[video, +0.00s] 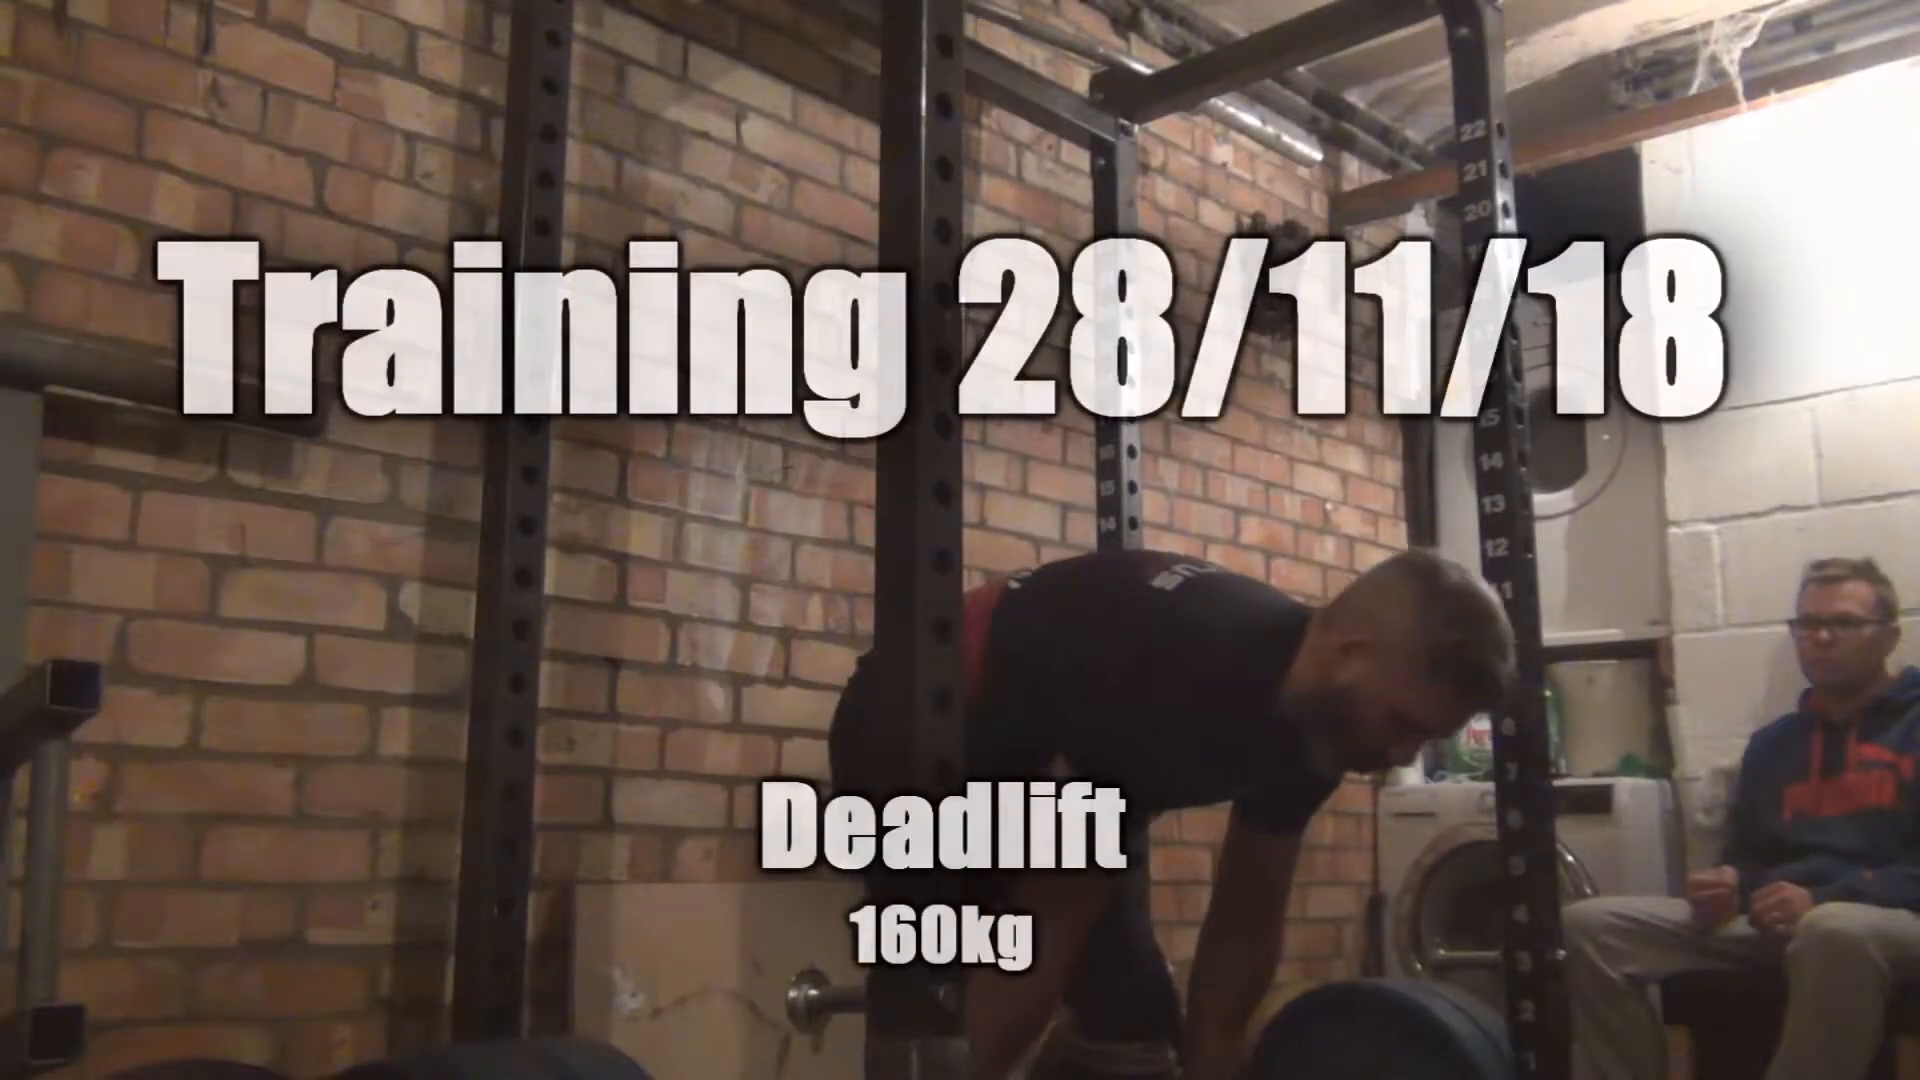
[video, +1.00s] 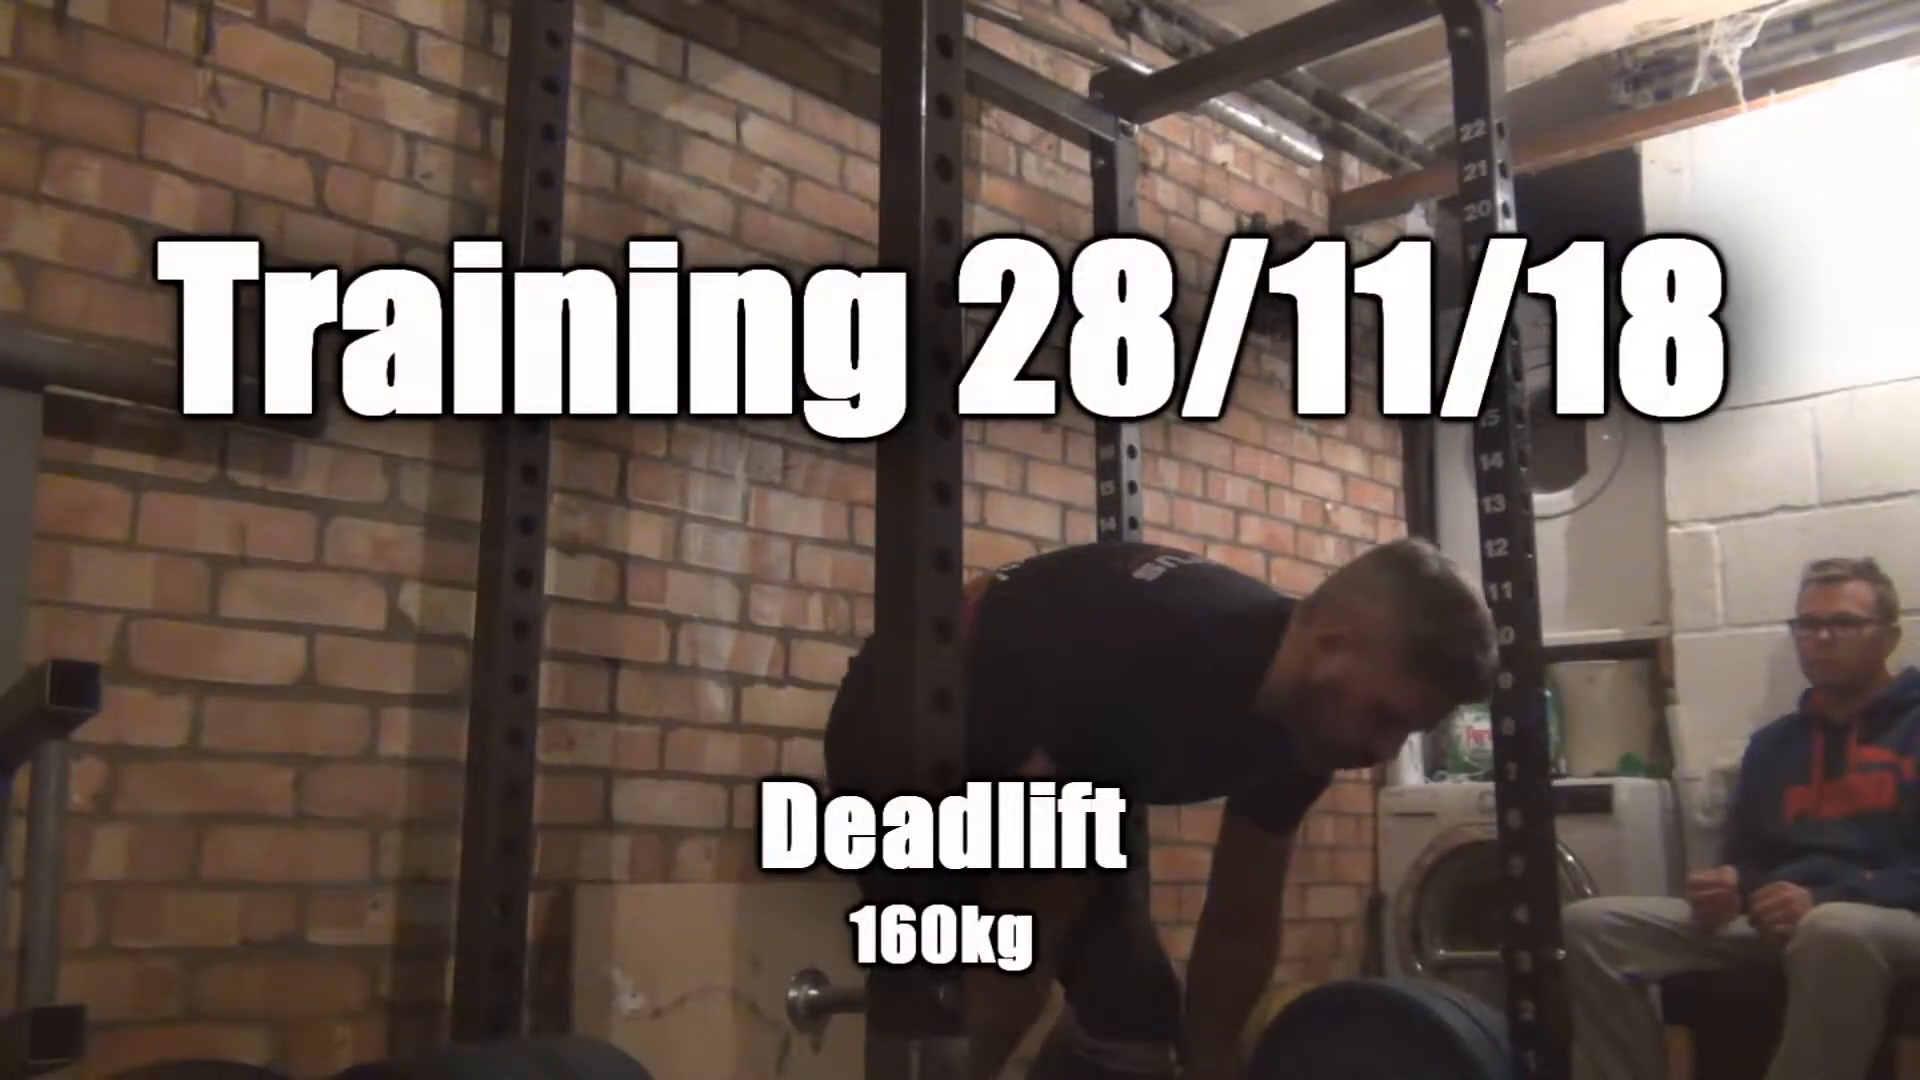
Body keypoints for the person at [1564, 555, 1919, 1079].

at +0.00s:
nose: (1821, 639)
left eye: (1843, 624)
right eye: (1808, 624)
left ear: (1890, 636)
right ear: (1794, 634)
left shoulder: (1913, 722)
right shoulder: (1771, 744)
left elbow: (1914, 872)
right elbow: (1746, 857)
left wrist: (1819, 900)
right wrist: (1730, 885)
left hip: (1896, 918)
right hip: (1772, 918)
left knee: (1832, 937)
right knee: (1588, 930)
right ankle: (1625, 1072)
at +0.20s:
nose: (1820, 639)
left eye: (1843, 624)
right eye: (1808, 624)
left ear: (1890, 636)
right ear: (1794, 634)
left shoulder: (1913, 722)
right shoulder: (1771, 744)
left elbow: (1914, 872)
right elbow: (1746, 858)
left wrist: (1819, 899)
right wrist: (1730, 886)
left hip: (1895, 918)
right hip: (1772, 918)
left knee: (1832, 937)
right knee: (1588, 930)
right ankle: (1624, 1072)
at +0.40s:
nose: (1820, 639)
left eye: (1842, 625)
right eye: (1808, 624)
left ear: (1890, 636)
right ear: (1793, 633)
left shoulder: (1913, 721)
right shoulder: (1771, 744)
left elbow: (1914, 874)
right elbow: (1743, 859)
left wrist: (1819, 899)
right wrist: (1728, 888)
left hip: (1893, 919)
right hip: (1769, 921)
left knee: (1832, 936)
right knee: (1589, 929)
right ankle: (1623, 1073)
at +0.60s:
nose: (1821, 639)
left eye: (1842, 625)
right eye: (1808, 624)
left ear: (1890, 636)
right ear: (1793, 633)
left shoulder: (1913, 721)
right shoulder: (1771, 744)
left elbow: (1914, 874)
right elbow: (1743, 859)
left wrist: (1819, 899)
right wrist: (1728, 888)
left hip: (1893, 920)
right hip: (1770, 921)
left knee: (1832, 936)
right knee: (1589, 929)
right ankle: (1623, 1073)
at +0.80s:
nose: (1820, 639)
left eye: (1842, 625)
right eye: (1808, 624)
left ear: (1890, 636)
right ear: (1793, 633)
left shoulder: (1913, 722)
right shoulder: (1771, 744)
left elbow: (1914, 874)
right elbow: (1744, 860)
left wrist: (1819, 899)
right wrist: (1728, 889)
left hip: (1894, 920)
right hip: (1770, 921)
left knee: (1832, 936)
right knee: (1590, 930)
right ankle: (1623, 1073)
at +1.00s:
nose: (1821, 638)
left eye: (1843, 624)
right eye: (1808, 624)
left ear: (1889, 636)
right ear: (1794, 633)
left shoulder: (1911, 723)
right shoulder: (1772, 744)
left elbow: (1912, 873)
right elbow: (1744, 859)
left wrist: (1820, 900)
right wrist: (1729, 889)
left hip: (1893, 920)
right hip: (1772, 920)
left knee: (1832, 936)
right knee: (1588, 928)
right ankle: (1626, 1073)